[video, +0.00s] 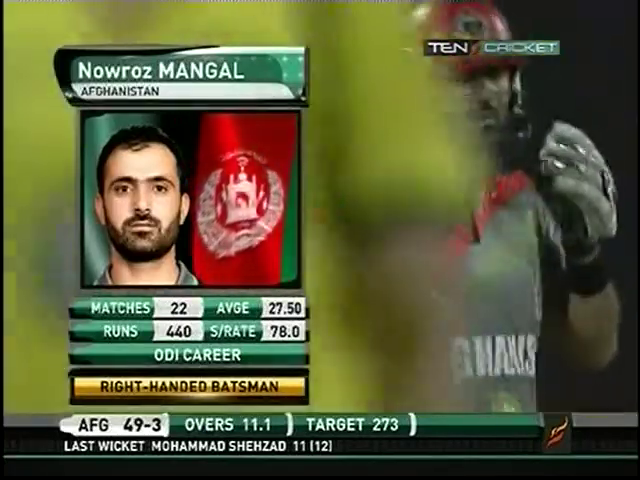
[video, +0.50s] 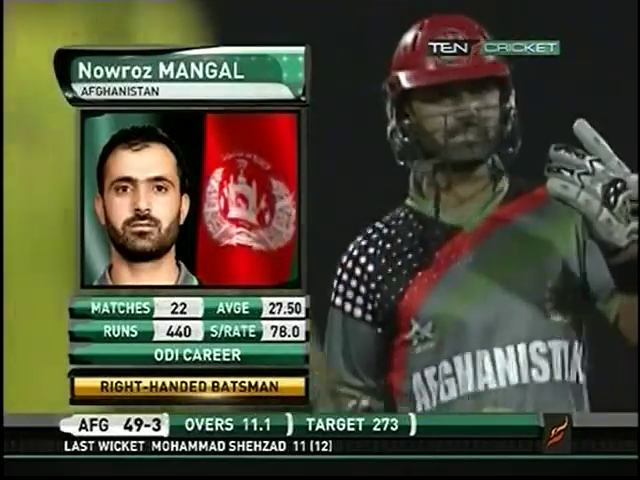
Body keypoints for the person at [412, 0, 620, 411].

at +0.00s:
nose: (485, 93)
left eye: (495, 73)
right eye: (464, 78)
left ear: (513, 83)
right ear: (420, 88)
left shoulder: (526, 204)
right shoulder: (390, 206)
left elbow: (593, 354)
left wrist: (587, 250)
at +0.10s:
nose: (466, 90)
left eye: (478, 70)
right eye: (439, 75)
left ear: (500, 78)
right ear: (399, 90)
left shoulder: (536, 199)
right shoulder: (370, 205)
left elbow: (607, 346)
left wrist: (595, 253)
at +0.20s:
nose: (451, 97)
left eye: (464, 77)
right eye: (426, 83)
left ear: (488, 89)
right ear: (387, 105)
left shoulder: (540, 210)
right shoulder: (347, 231)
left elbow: (618, 346)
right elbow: (331, 390)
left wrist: (603, 253)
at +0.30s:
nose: (450, 101)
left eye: (465, 84)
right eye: (427, 88)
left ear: (490, 100)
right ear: (388, 111)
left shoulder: (547, 217)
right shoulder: (359, 246)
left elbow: (626, 344)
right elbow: (329, 385)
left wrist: (617, 250)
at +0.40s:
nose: (457, 103)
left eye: (471, 86)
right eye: (433, 91)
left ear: (497, 104)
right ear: (395, 117)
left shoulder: (555, 224)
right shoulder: (370, 255)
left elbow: (632, 342)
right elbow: (338, 404)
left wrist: (627, 254)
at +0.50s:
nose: (467, 110)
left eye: (481, 90)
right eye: (441, 96)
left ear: (505, 101)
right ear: (404, 117)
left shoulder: (565, 224)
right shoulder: (375, 256)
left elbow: (631, 327)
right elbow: (348, 403)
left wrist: (630, 248)